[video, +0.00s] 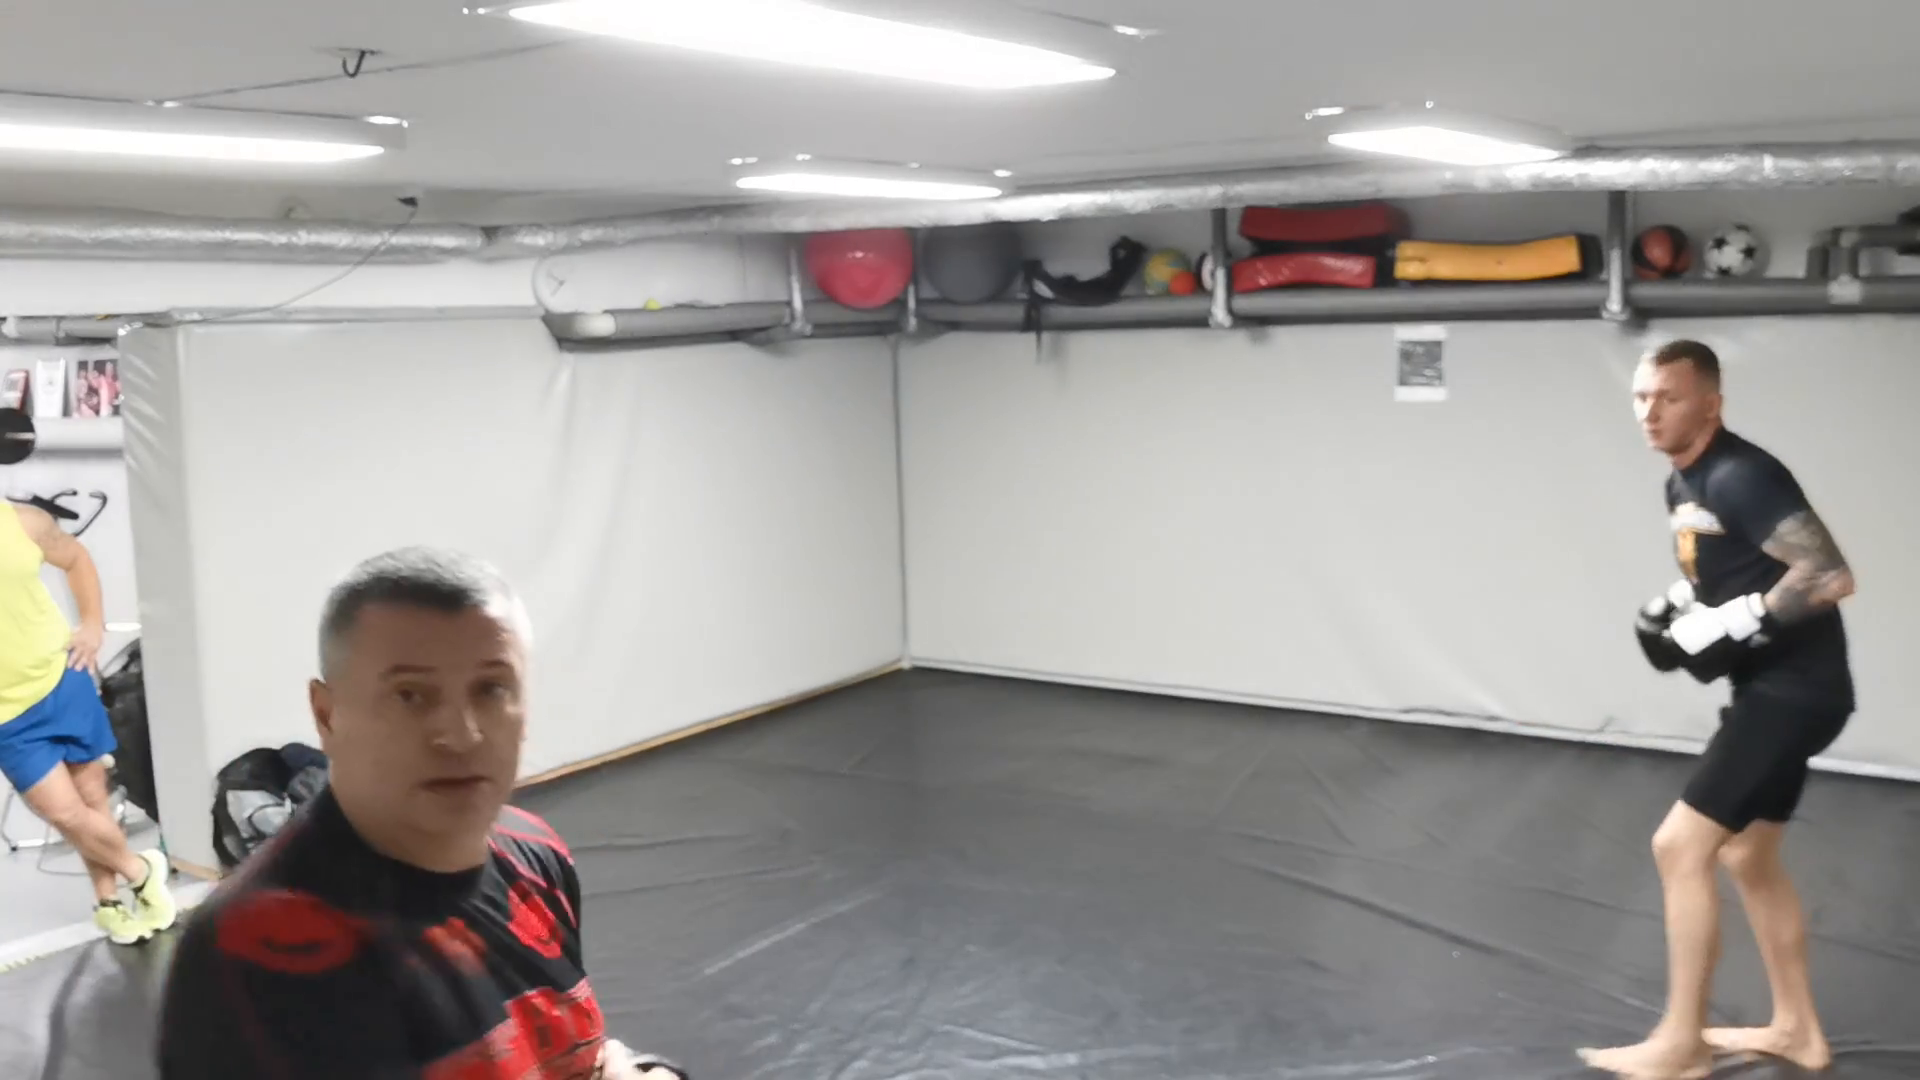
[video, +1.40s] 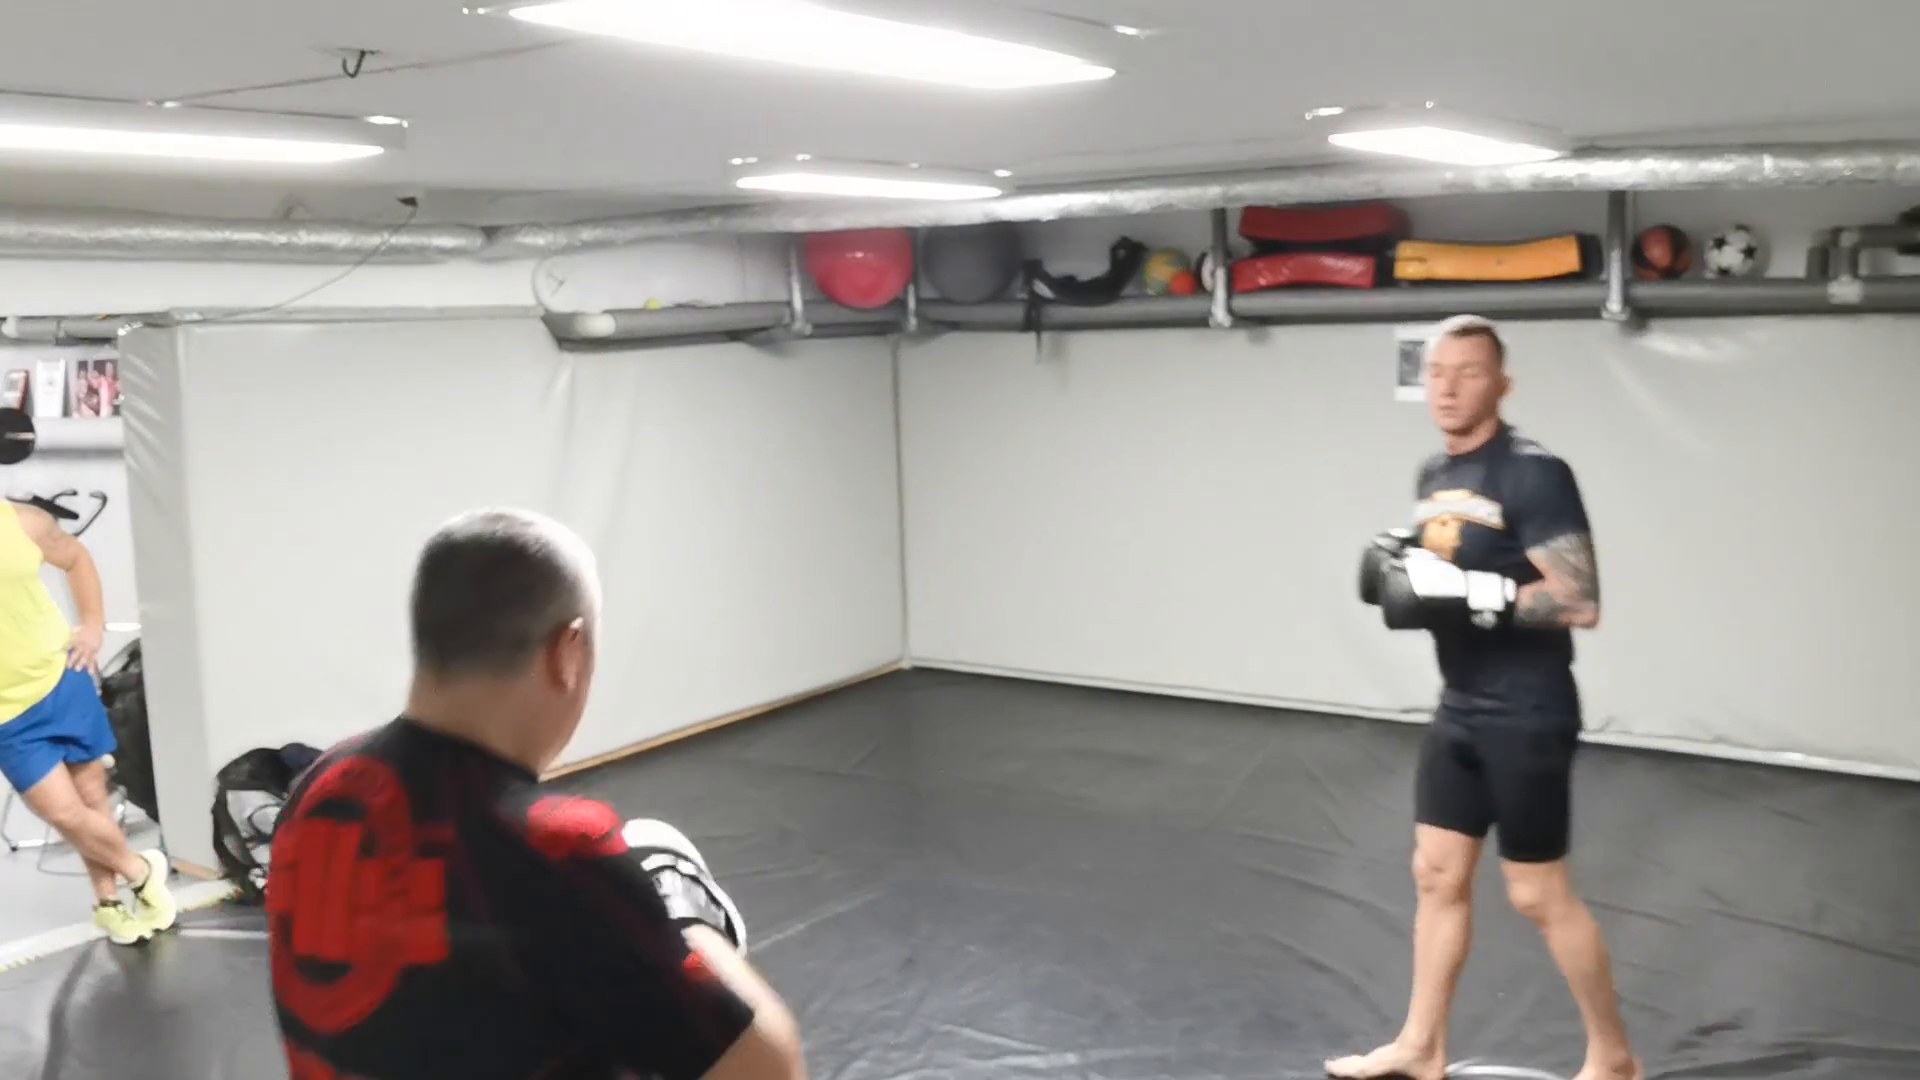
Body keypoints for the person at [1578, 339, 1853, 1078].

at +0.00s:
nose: (1650, 414)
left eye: (1667, 399)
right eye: (1643, 399)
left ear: (1711, 402)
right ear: (1637, 403)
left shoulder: (1747, 477)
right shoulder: (1682, 481)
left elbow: (1831, 575)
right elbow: (1719, 578)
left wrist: (1737, 618)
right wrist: (1680, 611)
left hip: (1797, 690)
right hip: (1766, 685)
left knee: (1681, 846)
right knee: (1751, 854)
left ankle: (1679, 1040)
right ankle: (1797, 1028)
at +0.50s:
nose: (1606, 404)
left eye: (1627, 391)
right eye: (1596, 387)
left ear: (1661, 399)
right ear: (1584, 390)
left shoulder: (1682, 485)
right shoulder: (1594, 468)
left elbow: (1748, 608)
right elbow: (1611, 563)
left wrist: (1646, 631)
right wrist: (1577, 587)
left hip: (1695, 701)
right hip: (1655, 695)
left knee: (1622, 877)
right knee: (1691, 858)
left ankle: (1617, 1062)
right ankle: (1778, 1001)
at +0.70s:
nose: (1586, 397)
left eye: (1607, 385)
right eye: (1575, 381)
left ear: (1641, 395)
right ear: (1561, 385)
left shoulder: (1652, 486)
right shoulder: (1574, 455)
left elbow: (1659, 627)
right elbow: (1584, 545)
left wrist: (1553, 609)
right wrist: (1537, 556)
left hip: (1662, 701)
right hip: (1617, 688)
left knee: (1611, 882)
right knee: (1590, 840)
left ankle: (1617, 1058)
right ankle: (1713, 980)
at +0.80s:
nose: (1580, 394)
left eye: (1601, 382)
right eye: (1569, 377)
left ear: (1634, 393)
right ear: (1556, 381)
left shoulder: (1638, 481)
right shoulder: (1560, 454)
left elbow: (1630, 622)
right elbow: (1574, 543)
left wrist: (1537, 591)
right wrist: (1527, 544)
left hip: (1646, 703)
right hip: (1598, 690)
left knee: (1609, 885)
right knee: (1557, 840)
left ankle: (1619, 1059)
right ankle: (1650, 998)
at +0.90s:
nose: (1570, 391)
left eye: (1591, 378)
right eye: (1560, 374)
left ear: (1625, 390)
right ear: (1546, 378)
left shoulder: (1626, 476)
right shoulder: (1547, 450)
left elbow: (1612, 617)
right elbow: (1564, 544)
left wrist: (1526, 583)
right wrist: (1516, 540)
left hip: (1633, 705)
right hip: (1582, 691)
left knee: (1603, 886)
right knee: (1532, 843)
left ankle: (1620, 1060)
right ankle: (1567, 1012)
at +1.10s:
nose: (1535, 388)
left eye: (1556, 376)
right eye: (1525, 372)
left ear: (1589, 389)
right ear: (1510, 378)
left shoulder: (1600, 482)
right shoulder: (1518, 454)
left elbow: (1603, 620)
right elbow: (1521, 545)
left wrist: (1504, 593)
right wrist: (1473, 552)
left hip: (1605, 709)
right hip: (1546, 696)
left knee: (1601, 892)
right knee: (1482, 852)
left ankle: (1619, 1060)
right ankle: (1444, 1022)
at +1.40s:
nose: (1446, 390)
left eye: (1464, 376)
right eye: (1437, 376)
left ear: (1501, 386)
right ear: (1424, 385)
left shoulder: (1537, 474)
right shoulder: (1436, 475)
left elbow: (1577, 598)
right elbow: (1448, 574)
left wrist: (1477, 596)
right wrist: (1399, 574)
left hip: (1530, 715)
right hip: (1459, 709)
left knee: (1541, 892)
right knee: (1437, 876)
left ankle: (1612, 1055)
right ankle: (1422, 1046)